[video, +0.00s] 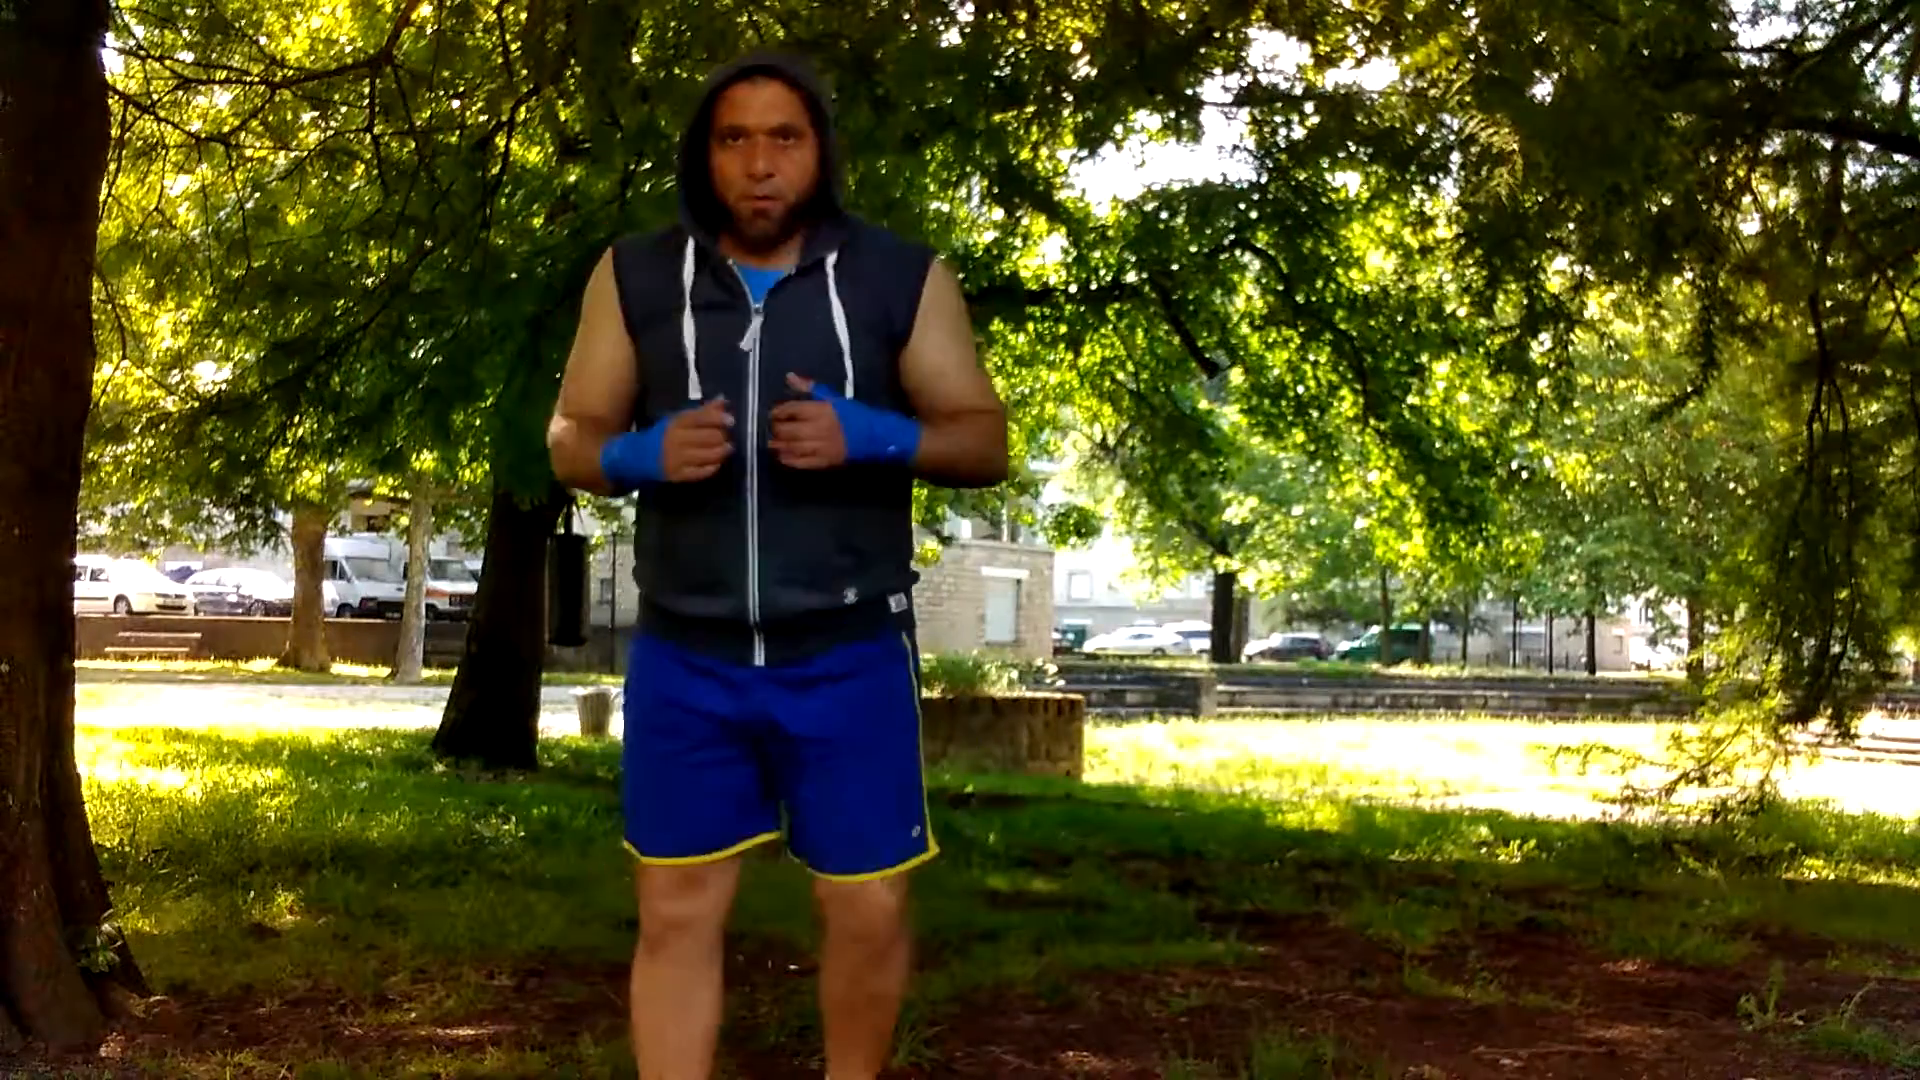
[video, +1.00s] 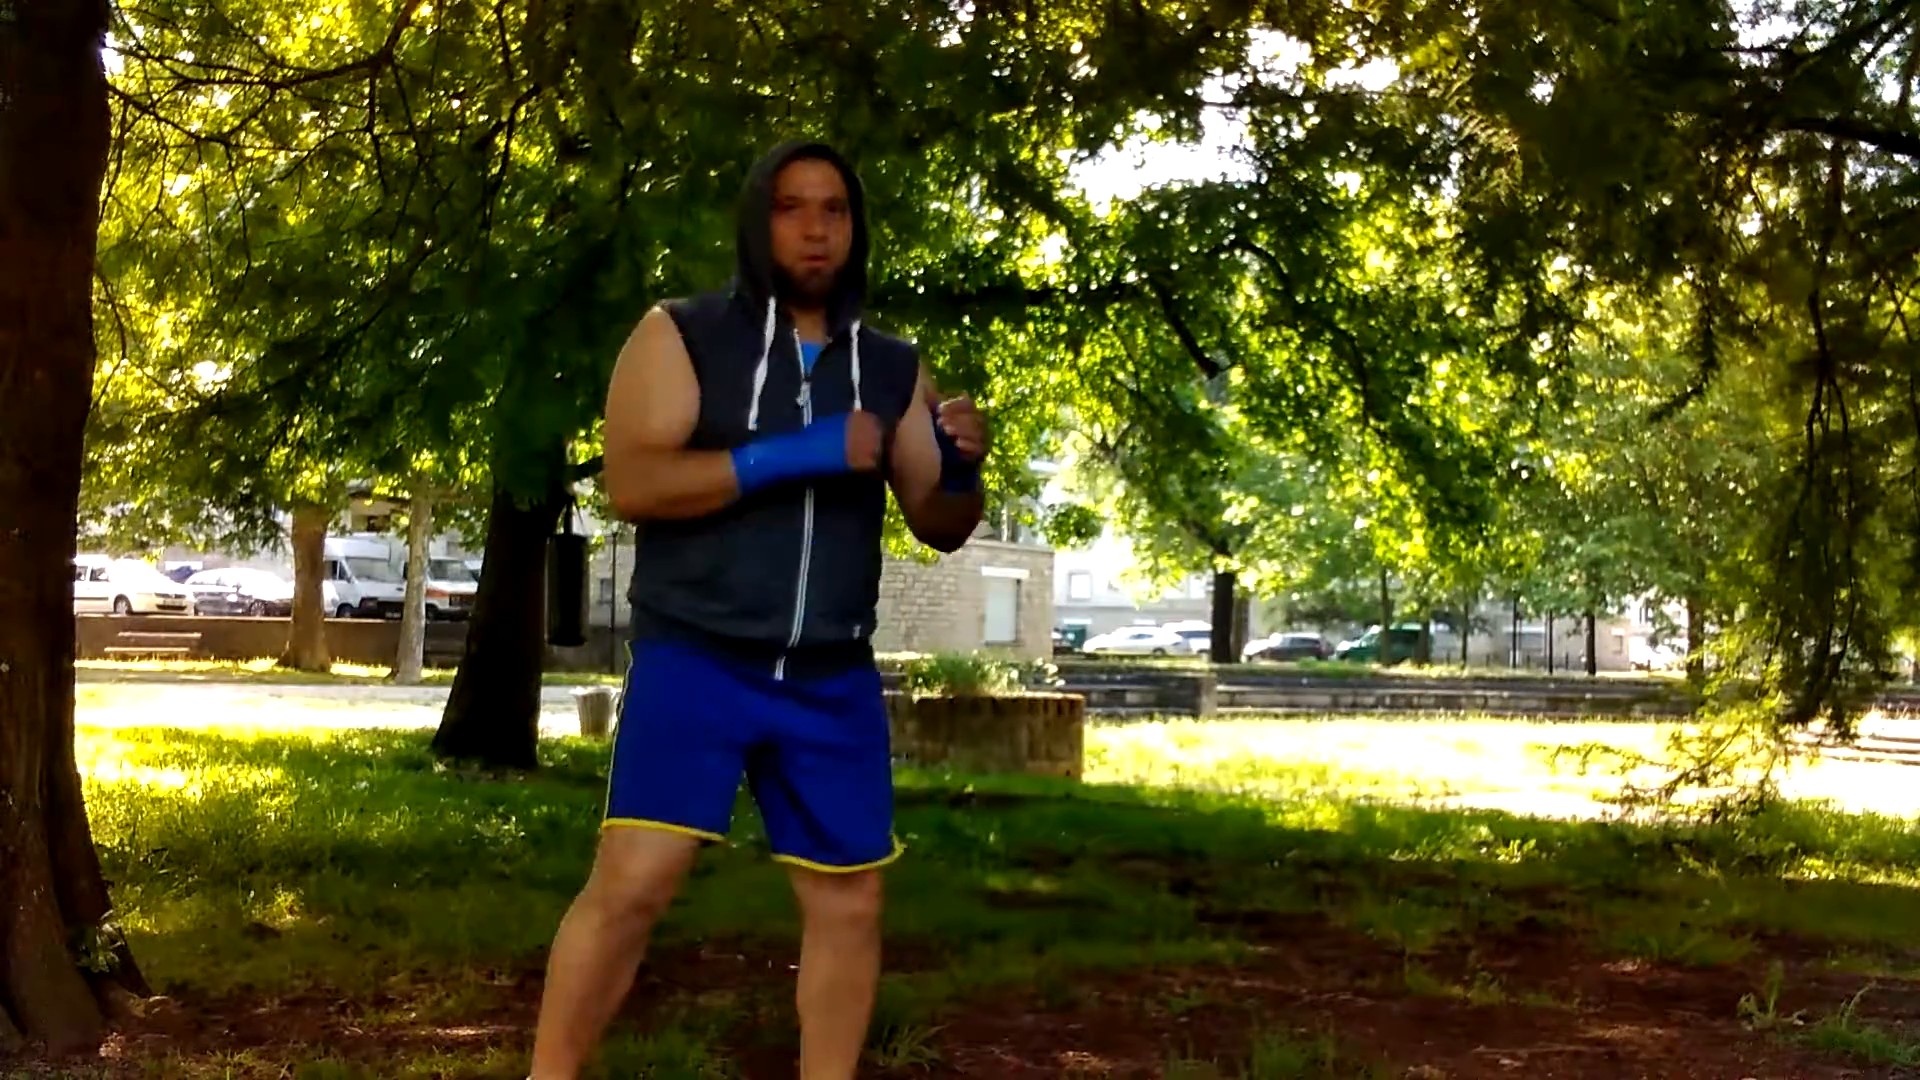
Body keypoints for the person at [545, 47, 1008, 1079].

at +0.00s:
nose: (760, 160)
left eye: (784, 137)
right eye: (736, 139)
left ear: (822, 152)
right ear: (704, 156)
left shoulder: (901, 279)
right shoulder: (634, 277)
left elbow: (987, 445)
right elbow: (569, 441)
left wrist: (868, 434)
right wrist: (645, 452)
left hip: (851, 659)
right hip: (684, 658)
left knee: (869, 915)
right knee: (674, 911)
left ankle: (851, 1075)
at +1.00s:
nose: (816, 227)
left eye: (833, 209)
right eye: (793, 209)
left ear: (856, 228)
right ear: (757, 226)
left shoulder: (892, 367)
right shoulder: (679, 333)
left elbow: (940, 527)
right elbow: (634, 484)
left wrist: (964, 469)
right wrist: (808, 450)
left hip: (831, 676)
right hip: (693, 663)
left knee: (850, 903)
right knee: (631, 890)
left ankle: (827, 1075)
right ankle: (551, 1071)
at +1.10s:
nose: (807, 214)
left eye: (824, 196)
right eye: (782, 196)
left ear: (846, 214)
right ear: (745, 214)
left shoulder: (867, 340)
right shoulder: (676, 309)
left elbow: (889, 515)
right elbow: (673, 435)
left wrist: (924, 436)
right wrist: (813, 369)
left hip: (811, 656)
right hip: (680, 646)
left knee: (828, 892)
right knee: (606, 880)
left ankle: (819, 1076)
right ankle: (503, 1070)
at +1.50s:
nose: (686, 223)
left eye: (695, 205)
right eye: (664, 201)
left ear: (701, 220)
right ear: (607, 208)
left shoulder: (714, 330)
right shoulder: (511, 330)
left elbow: (831, 430)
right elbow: (549, 493)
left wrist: (882, 354)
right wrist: (674, 380)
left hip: (699, 667)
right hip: (555, 669)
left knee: (785, 863)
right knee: (514, 921)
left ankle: (725, 1072)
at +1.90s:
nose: (682, 225)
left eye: (692, 206)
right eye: (660, 202)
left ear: (700, 220)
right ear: (603, 205)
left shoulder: (696, 336)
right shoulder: (513, 314)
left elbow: (760, 488)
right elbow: (604, 430)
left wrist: (812, 432)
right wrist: (726, 330)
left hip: (694, 669)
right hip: (555, 670)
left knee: (760, 883)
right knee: (503, 917)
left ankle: (781, 1075)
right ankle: (455, 1073)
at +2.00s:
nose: (701, 249)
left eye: (715, 232)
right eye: (682, 225)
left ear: (724, 240)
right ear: (626, 218)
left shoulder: (720, 353)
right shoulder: (544, 320)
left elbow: (803, 484)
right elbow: (700, 365)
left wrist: (869, 409)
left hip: (707, 679)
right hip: (566, 671)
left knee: (752, 907)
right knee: (519, 921)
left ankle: (779, 1078)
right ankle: (460, 1075)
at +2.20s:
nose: (821, 284)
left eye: (832, 265)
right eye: (807, 258)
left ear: (833, 264)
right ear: (750, 241)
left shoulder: (805, 359)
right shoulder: (638, 329)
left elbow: (877, 510)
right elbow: (692, 487)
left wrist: (909, 382)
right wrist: (827, 374)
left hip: (763, 679)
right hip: (638, 670)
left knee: (789, 909)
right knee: (592, 899)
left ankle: (797, 1077)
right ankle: (496, 1070)